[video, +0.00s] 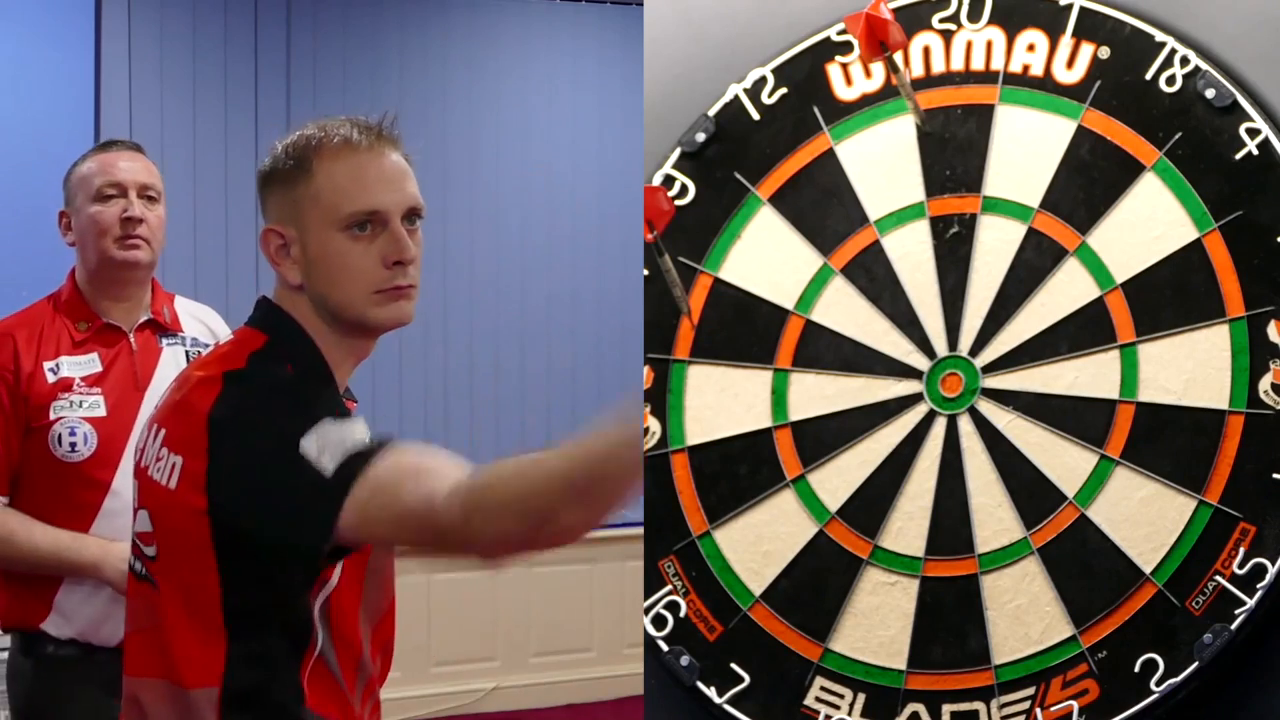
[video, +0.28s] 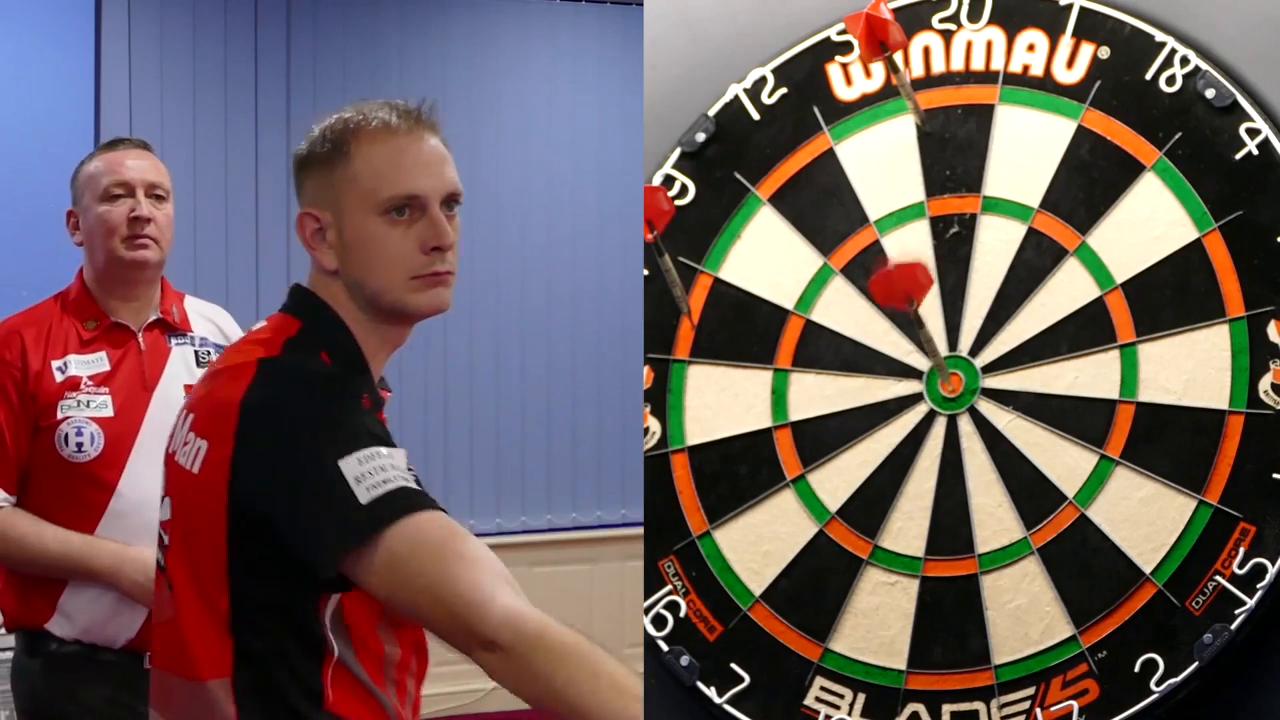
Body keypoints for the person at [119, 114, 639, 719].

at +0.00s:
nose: (404, 250)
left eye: (410, 222)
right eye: (364, 226)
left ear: (423, 225)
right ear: (285, 254)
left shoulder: (209, 387)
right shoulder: (256, 408)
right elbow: (468, 512)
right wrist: (671, 417)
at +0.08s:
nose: (415, 242)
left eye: (422, 214)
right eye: (375, 218)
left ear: (434, 217)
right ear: (295, 245)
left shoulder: (215, 381)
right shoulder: (276, 391)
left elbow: (167, 678)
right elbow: (460, 519)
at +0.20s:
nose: (426, 239)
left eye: (434, 210)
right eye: (386, 214)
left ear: (447, 213)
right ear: (305, 241)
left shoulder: (223, 378)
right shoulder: (285, 393)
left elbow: (168, 688)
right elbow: (475, 590)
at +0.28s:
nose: (443, 239)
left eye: (451, 208)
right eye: (402, 212)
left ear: (460, 212)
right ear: (320, 238)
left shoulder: (239, 374)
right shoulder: (297, 396)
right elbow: (500, 631)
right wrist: (673, 710)